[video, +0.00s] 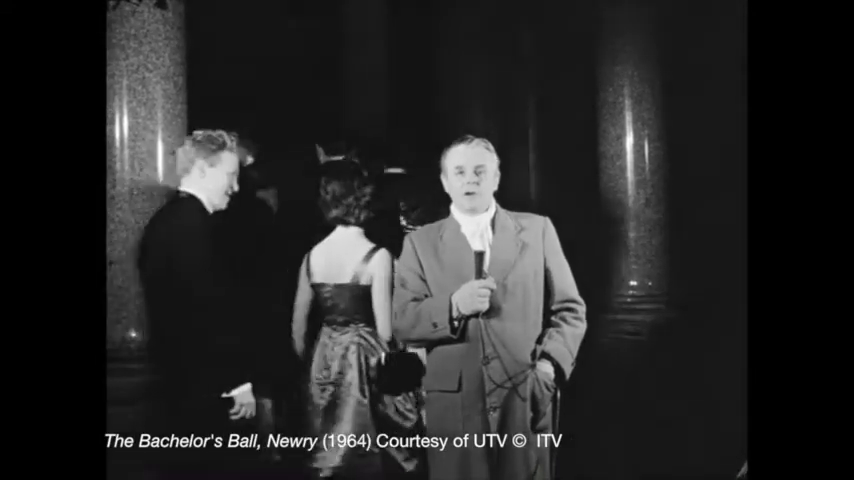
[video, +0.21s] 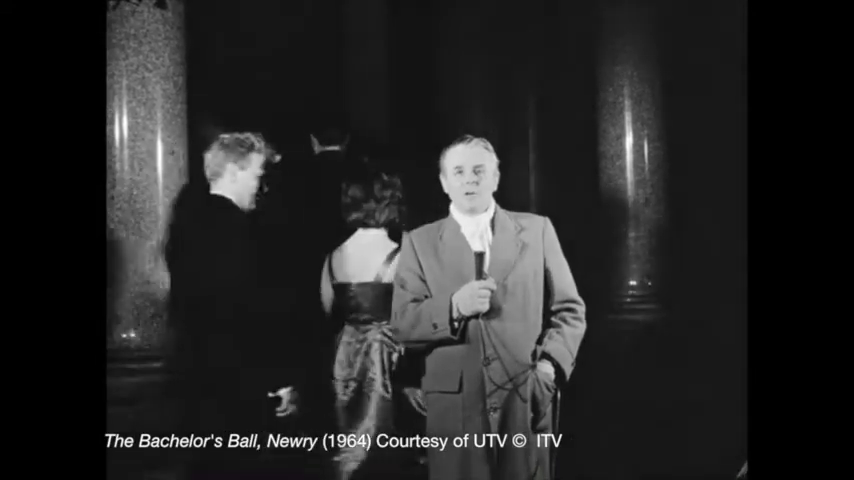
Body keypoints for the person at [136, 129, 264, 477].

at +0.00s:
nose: (235, 186)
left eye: (236, 177)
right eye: (230, 174)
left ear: (201, 170)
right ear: (203, 169)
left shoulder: (169, 220)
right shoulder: (191, 224)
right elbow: (207, 308)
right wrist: (236, 379)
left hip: (180, 370)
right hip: (200, 377)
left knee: (189, 465)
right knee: (208, 467)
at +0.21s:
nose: (261, 187)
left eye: (262, 177)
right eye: (257, 176)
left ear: (223, 173)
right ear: (232, 173)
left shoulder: (196, 217)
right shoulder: (228, 225)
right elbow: (245, 310)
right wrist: (278, 377)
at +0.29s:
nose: (276, 187)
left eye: (276, 178)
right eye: (271, 177)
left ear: (240, 175)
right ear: (247, 175)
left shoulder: (213, 221)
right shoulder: (249, 229)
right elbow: (272, 309)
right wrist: (299, 379)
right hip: (253, 376)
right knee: (262, 467)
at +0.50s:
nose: (318, 176)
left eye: (317, 167)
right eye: (317, 168)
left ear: (264, 174)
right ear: (310, 173)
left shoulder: (231, 224)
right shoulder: (325, 228)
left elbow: (213, 309)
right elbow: (348, 308)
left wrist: (236, 365)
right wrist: (351, 374)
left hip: (256, 369)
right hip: (314, 372)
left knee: (263, 462)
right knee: (321, 465)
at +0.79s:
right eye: (336, 168)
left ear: (293, 171)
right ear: (336, 169)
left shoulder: (265, 213)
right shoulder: (341, 221)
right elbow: (361, 293)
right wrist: (387, 348)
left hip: (274, 345)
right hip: (330, 349)